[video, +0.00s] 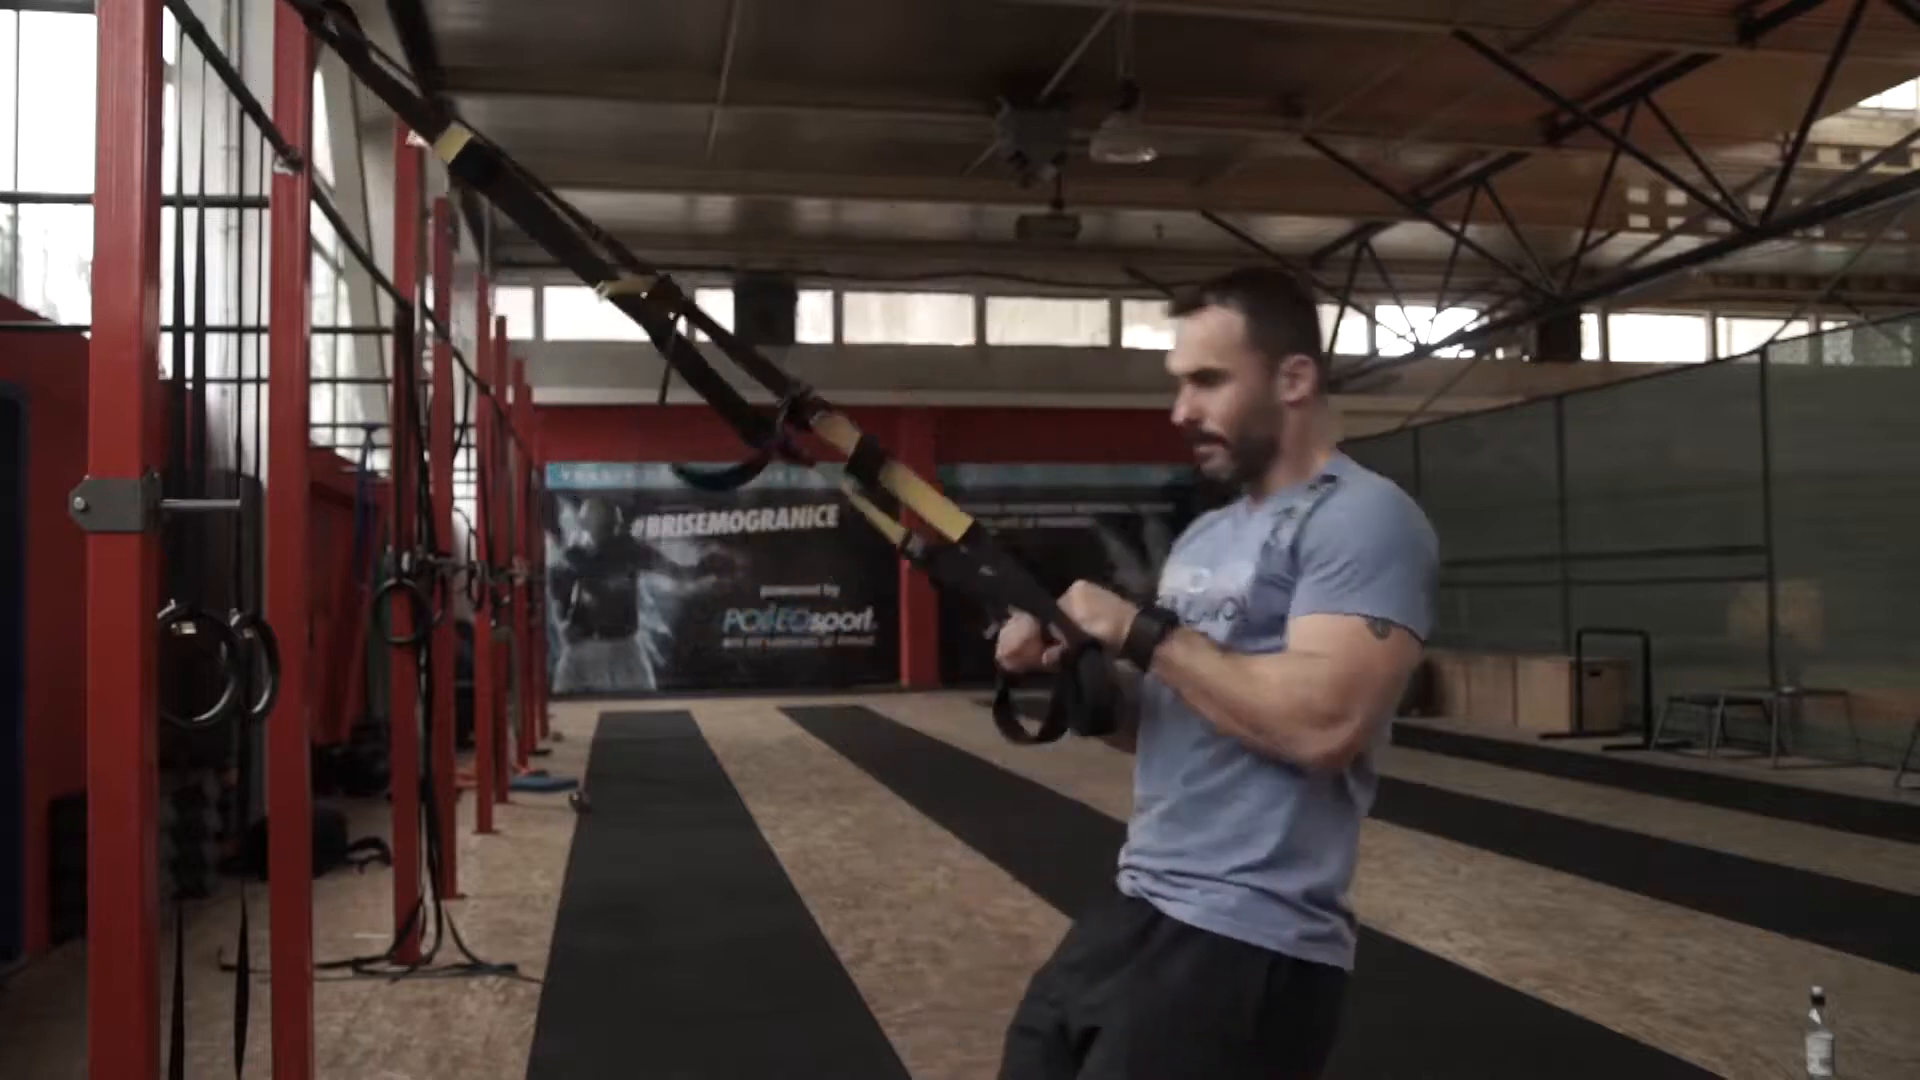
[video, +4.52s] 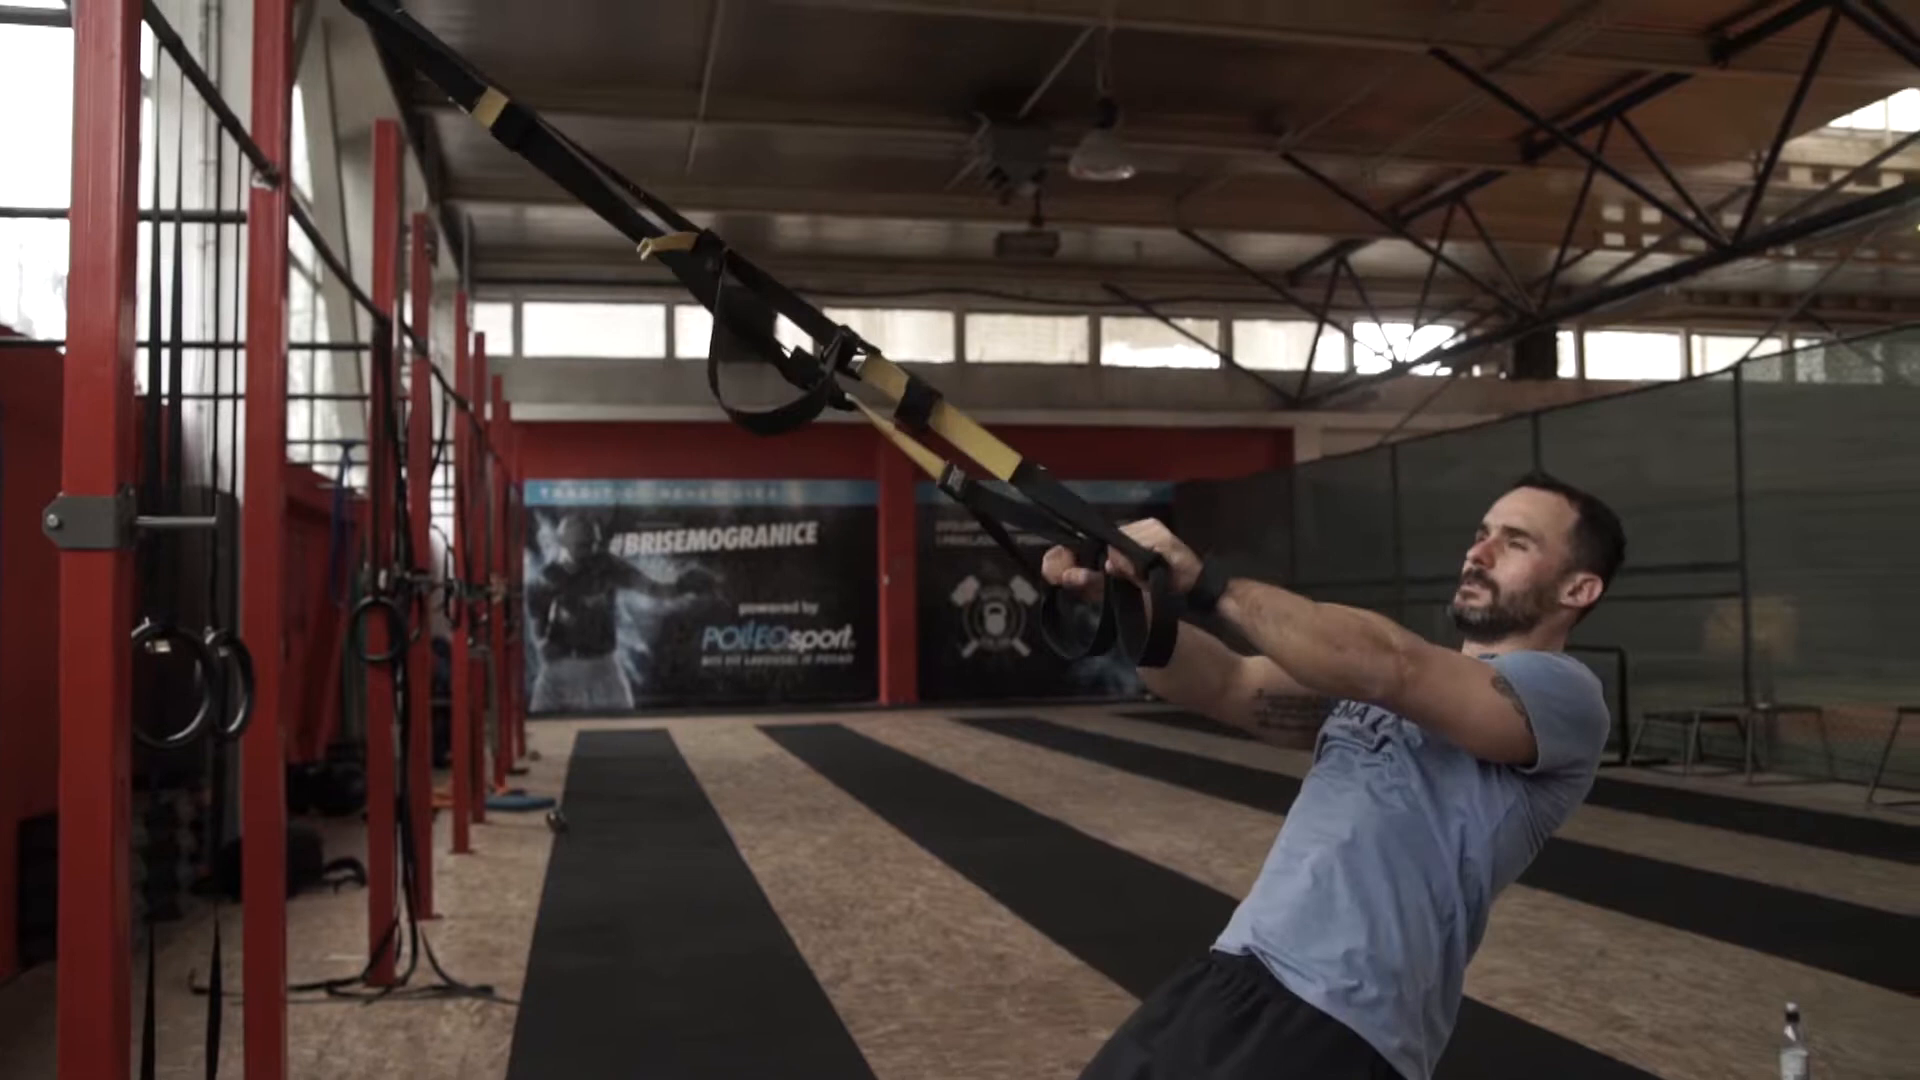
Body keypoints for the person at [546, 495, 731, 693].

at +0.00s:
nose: (600, 528)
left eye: (606, 521)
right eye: (593, 521)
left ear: (615, 521)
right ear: (583, 523)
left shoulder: (630, 550)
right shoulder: (571, 559)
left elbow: (676, 574)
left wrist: (703, 567)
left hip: (625, 644)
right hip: (581, 648)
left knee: (638, 713)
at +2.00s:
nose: (601, 525)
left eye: (606, 518)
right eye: (594, 519)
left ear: (615, 519)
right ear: (583, 522)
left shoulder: (631, 549)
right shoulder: (572, 557)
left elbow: (674, 572)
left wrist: (703, 571)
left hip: (624, 647)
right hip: (581, 649)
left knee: (635, 715)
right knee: (573, 717)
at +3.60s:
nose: (602, 529)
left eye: (607, 521)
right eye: (594, 523)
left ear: (615, 520)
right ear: (583, 523)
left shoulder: (629, 549)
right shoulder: (571, 558)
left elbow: (673, 571)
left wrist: (703, 571)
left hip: (625, 649)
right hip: (581, 652)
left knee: (637, 717)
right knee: (573, 719)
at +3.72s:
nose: (600, 527)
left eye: (605, 520)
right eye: (594, 521)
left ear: (615, 520)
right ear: (583, 523)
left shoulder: (629, 549)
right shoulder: (573, 557)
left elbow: (672, 571)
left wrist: (702, 571)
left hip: (625, 647)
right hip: (581, 649)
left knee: (637, 714)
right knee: (573, 717)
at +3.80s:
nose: (600, 527)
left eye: (605, 520)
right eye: (594, 521)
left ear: (615, 520)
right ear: (583, 523)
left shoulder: (629, 549)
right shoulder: (573, 557)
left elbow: (672, 571)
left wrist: (702, 571)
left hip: (625, 647)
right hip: (581, 649)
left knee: (637, 714)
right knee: (573, 717)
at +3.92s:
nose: (601, 529)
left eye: (606, 521)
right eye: (594, 523)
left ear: (615, 520)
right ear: (583, 523)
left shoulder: (629, 549)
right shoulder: (572, 558)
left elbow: (672, 571)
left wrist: (702, 572)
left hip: (625, 648)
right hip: (581, 650)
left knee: (637, 716)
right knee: (573, 718)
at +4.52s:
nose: (583, 549)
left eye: (588, 542)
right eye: (577, 543)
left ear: (595, 540)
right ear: (563, 542)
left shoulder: (607, 566)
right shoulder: (549, 576)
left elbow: (651, 589)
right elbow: (539, 635)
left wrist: (680, 588)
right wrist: (551, 619)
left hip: (603, 669)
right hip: (558, 672)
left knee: (614, 740)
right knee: (549, 741)